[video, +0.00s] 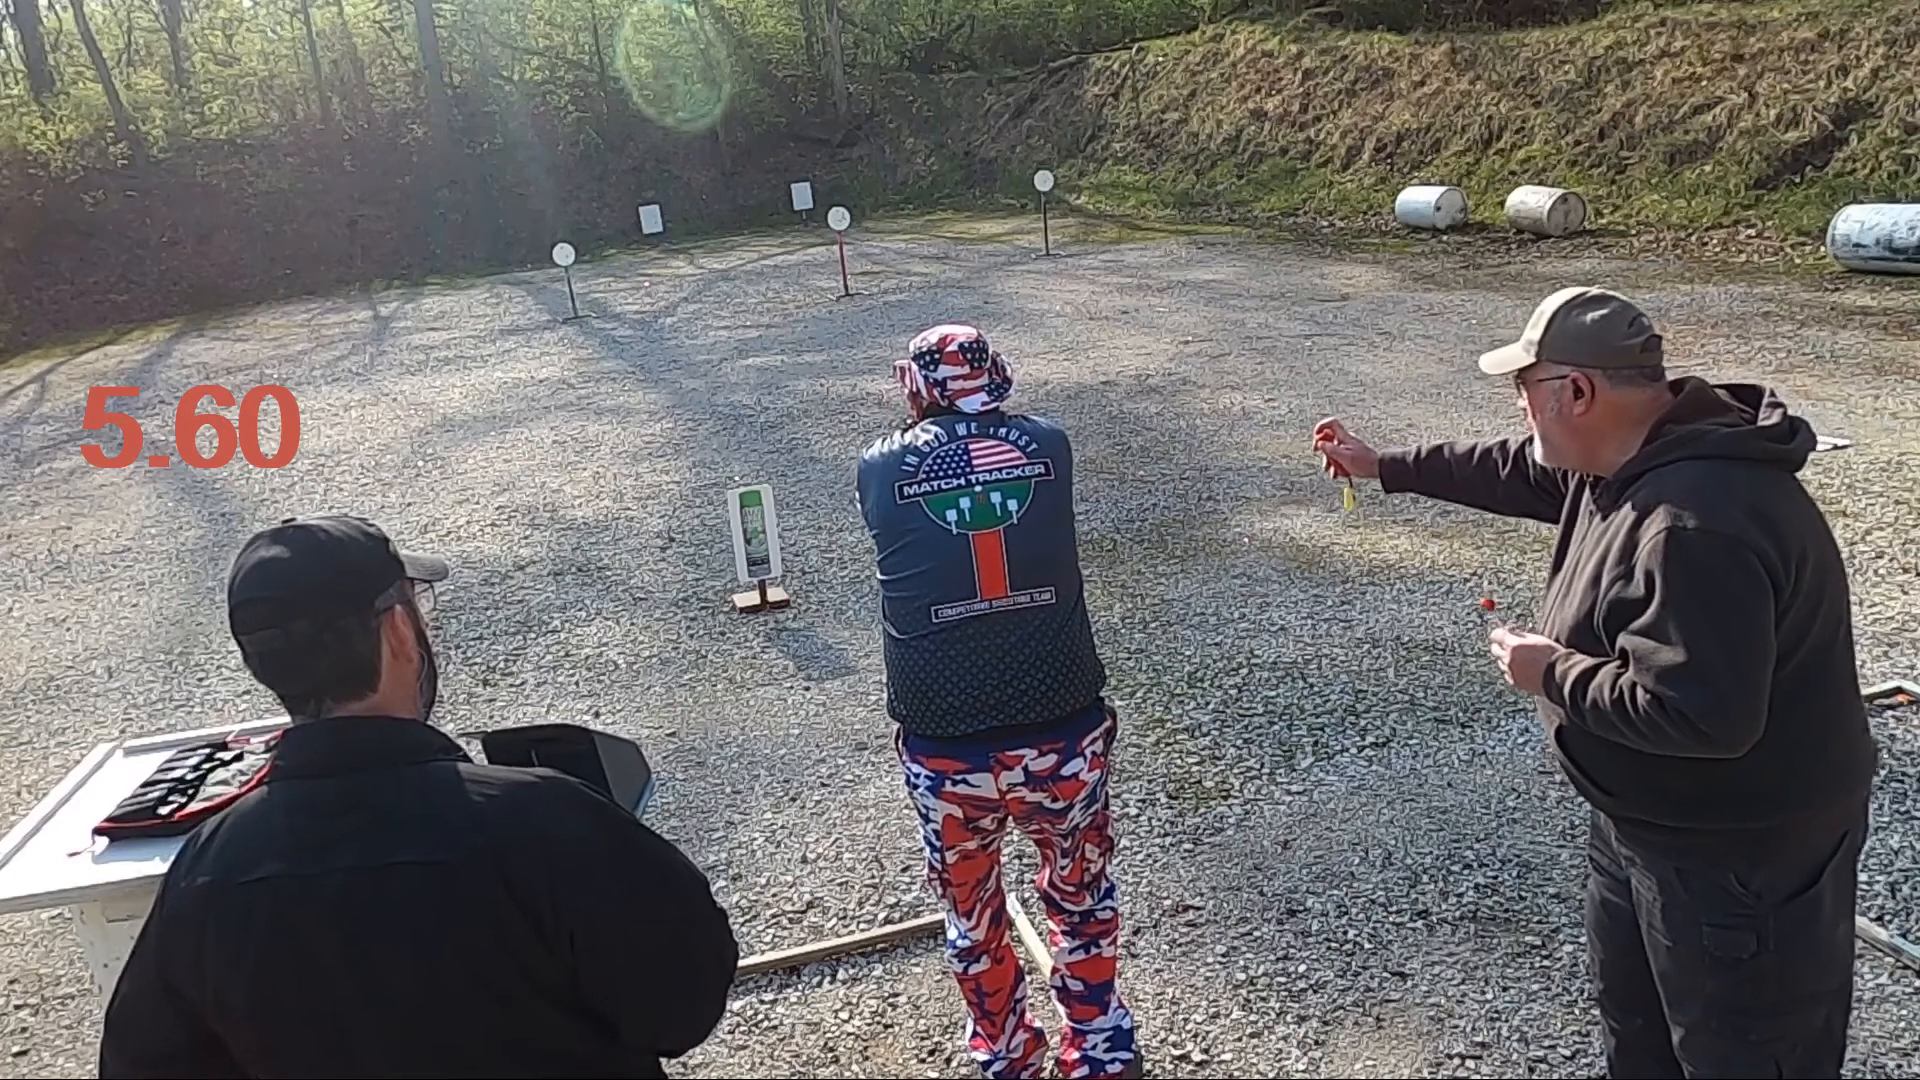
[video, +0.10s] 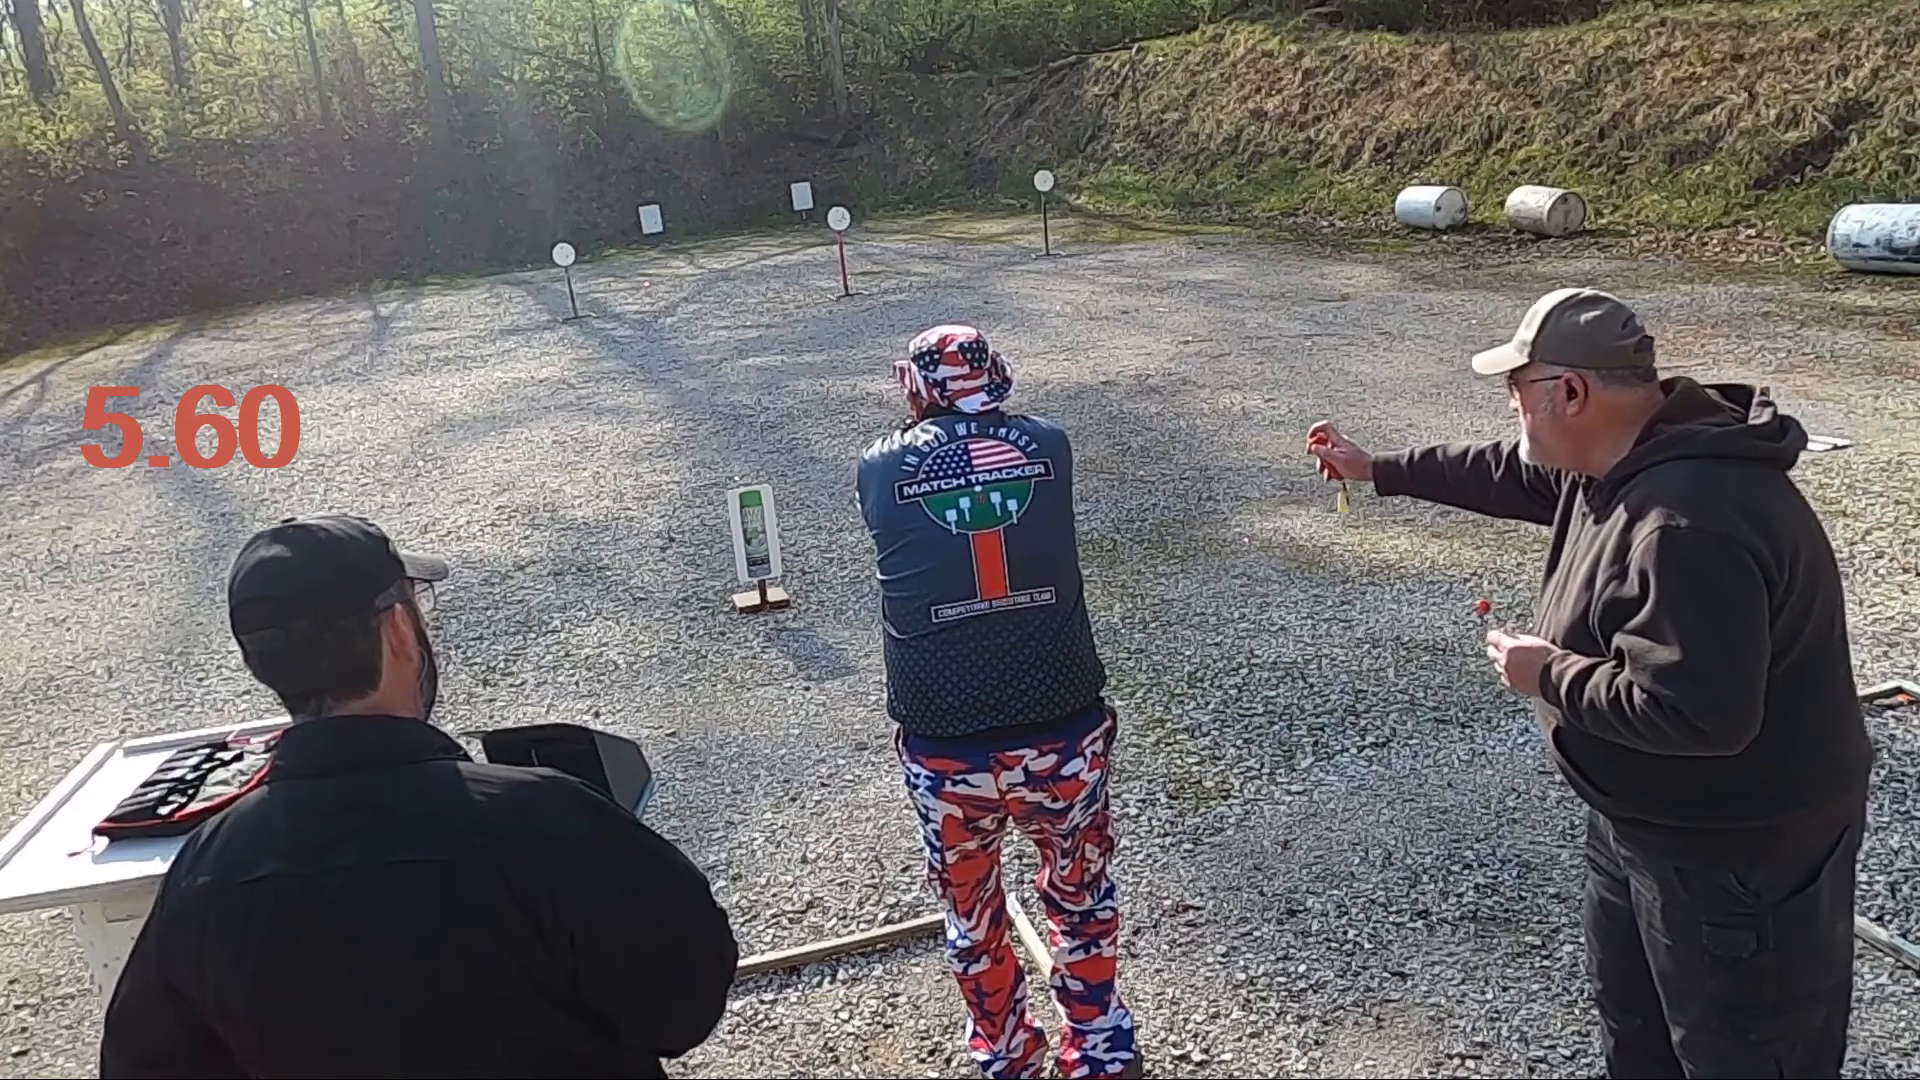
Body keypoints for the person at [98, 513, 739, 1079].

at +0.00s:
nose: (424, 625)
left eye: (417, 603)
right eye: (416, 605)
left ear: (269, 666)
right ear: (396, 629)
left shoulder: (205, 873)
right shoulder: (545, 822)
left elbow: (136, 1064)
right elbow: (693, 994)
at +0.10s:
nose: (424, 625)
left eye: (417, 603)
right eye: (416, 604)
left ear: (270, 666)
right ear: (397, 629)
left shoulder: (205, 873)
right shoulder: (546, 823)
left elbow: (136, 1064)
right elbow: (692, 995)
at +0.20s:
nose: (425, 625)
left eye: (419, 603)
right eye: (418, 605)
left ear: (269, 665)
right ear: (398, 627)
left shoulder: (204, 875)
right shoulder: (546, 824)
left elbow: (137, 1066)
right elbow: (691, 997)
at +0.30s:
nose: (427, 625)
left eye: (420, 603)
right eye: (420, 605)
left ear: (270, 664)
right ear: (400, 628)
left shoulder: (204, 875)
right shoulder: (547, 824)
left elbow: (138, 1066)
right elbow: (692, 998)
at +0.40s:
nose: (427, 628)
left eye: (421, 607)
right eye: (420, 608)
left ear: (273, 666)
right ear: (401, 626)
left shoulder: (205, 873)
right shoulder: (548, 823)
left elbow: (145, 1066)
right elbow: (692, 994)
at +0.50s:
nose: (427, 631)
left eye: (420, 610)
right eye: (421, 610)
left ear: (273, 666)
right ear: (407, 627)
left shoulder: (206, 875)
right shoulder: (547, 823)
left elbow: (154, 1066)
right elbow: (692, 995)